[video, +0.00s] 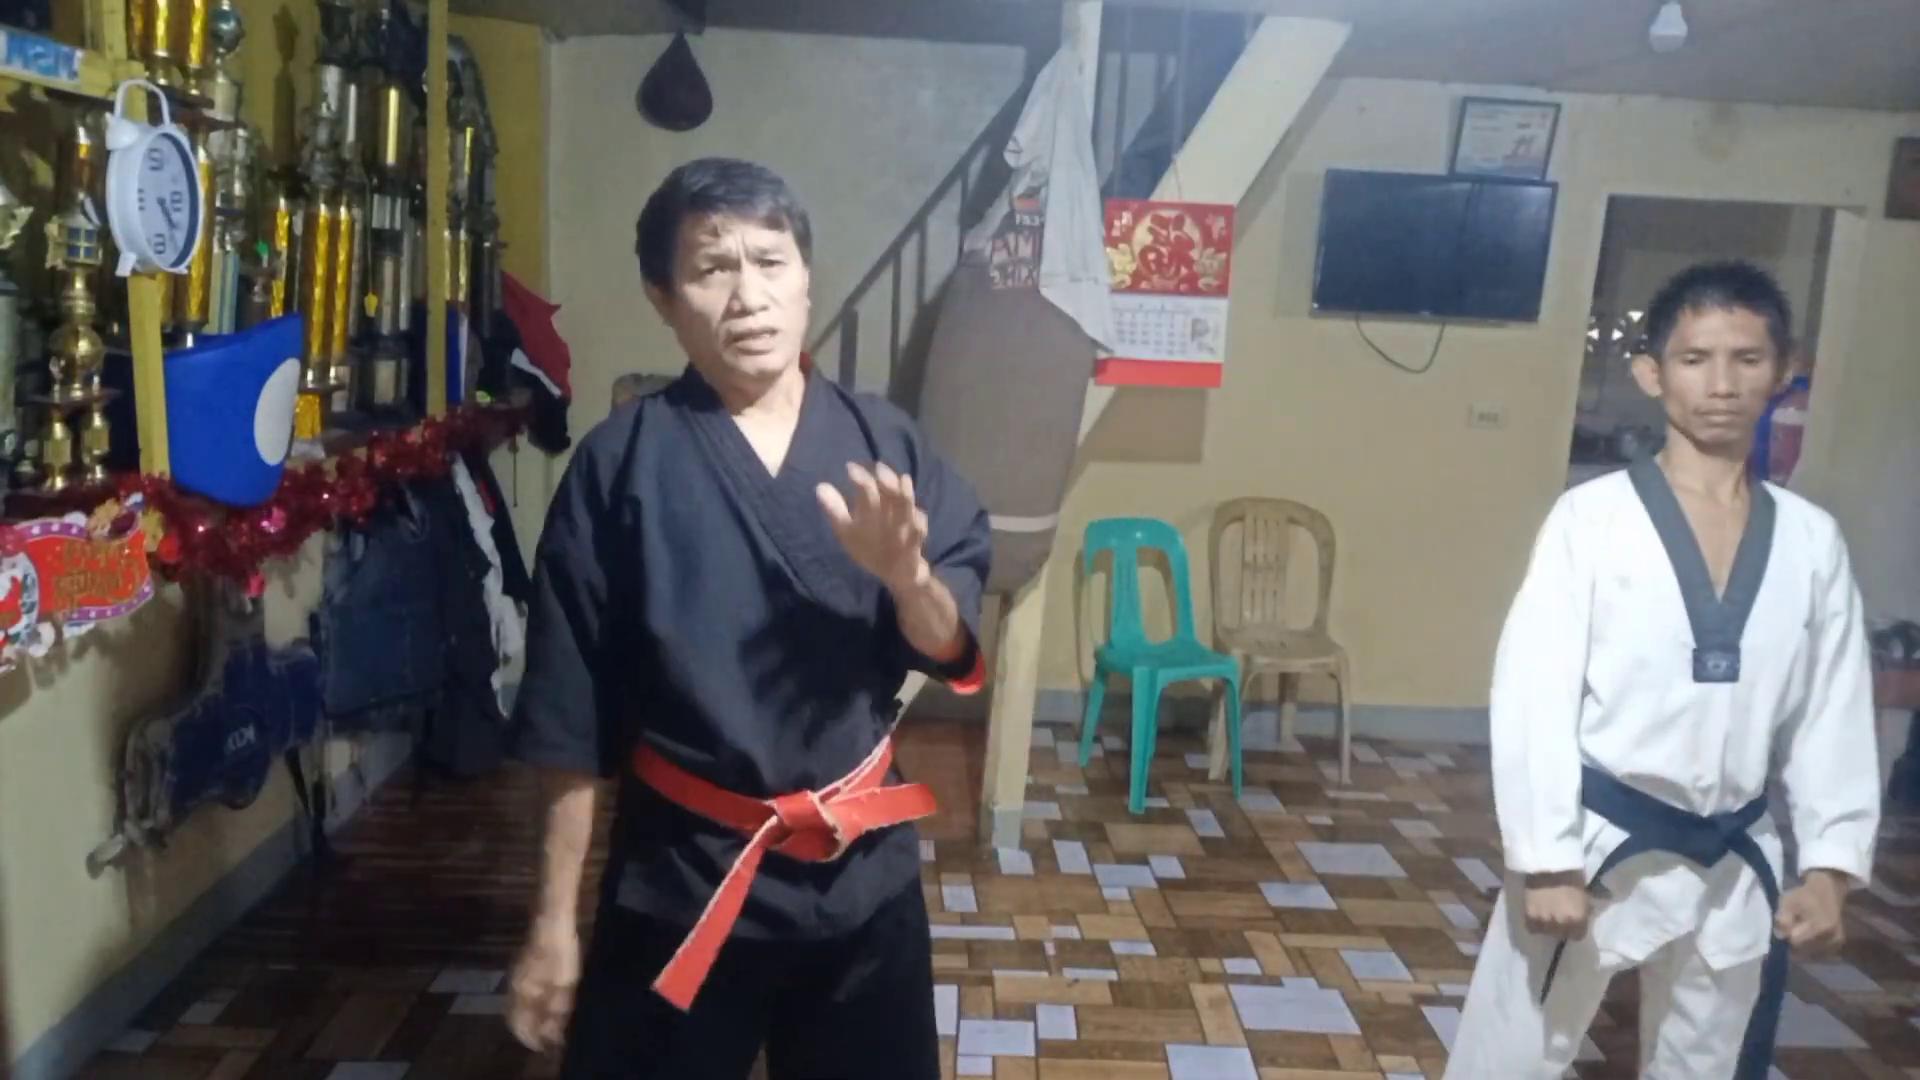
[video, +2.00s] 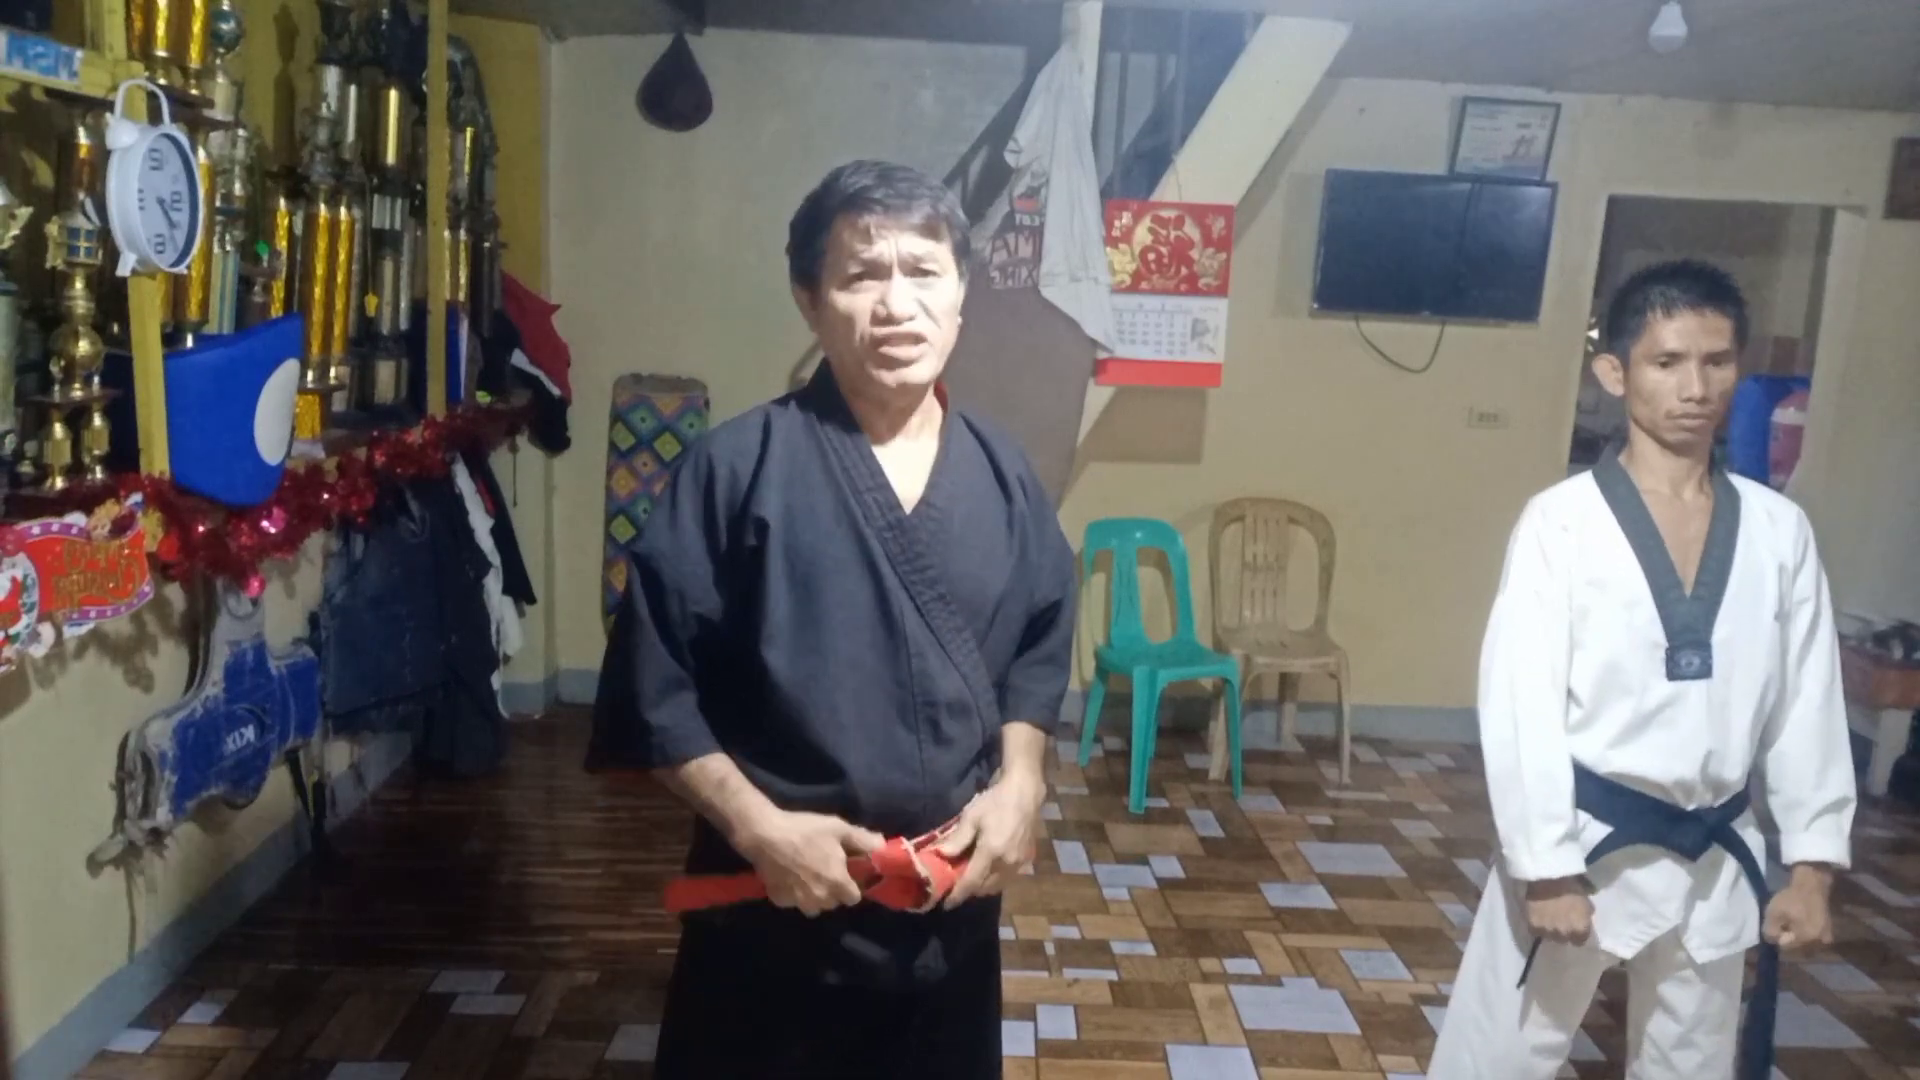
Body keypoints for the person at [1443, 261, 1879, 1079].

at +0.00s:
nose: (1722, 383)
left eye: (1747, 358)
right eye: (1695, 358)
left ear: (1780, 376)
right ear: (1651, 375)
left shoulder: (1813, 540)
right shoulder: (1589, 520)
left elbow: (1835, 712)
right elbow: (1532, 691)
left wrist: (1831, 864)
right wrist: (1547, 860)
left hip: (1735, 871)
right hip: (1592, 855)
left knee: (1701, 1070)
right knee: (1507, 1063)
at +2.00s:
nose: (1697, 386)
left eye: (1717, 360)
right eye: (1667, 361)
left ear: (1738, 369)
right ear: (1612, 374)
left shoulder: (1780, 529)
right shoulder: (1559, 523)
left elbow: (1809, 704)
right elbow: (1519, 702)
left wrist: (1814, 864)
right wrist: (1546, 867)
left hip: (1720, 863)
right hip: (1580, 856)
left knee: (1692, 1070)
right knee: (1495, 1063)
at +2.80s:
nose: (1722, 387)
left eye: (1734, 365)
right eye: (1694, 364)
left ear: (1745, 374)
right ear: (1625, 378)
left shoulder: (1776, 534)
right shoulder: (1568, 529)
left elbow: (1811, 709)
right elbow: (1540, 716)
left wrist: (1836, 865)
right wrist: (1585, 889)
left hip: (1724, 874)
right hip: (1588, 869)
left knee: (1698, 1069)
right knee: (1534, 1065)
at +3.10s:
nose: (1721, 384)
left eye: (1736, 362)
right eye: (1693, 360)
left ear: (1749, 372)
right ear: (1626, 374)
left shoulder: (1778, 532)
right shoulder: (1566, 526)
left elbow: (1811, 710)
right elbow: (1531, 711)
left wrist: (1834, 875)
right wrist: (1572, 885)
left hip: (1724, 882)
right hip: (1584, 875)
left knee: (1703, 1071)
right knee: (1523, 1067)